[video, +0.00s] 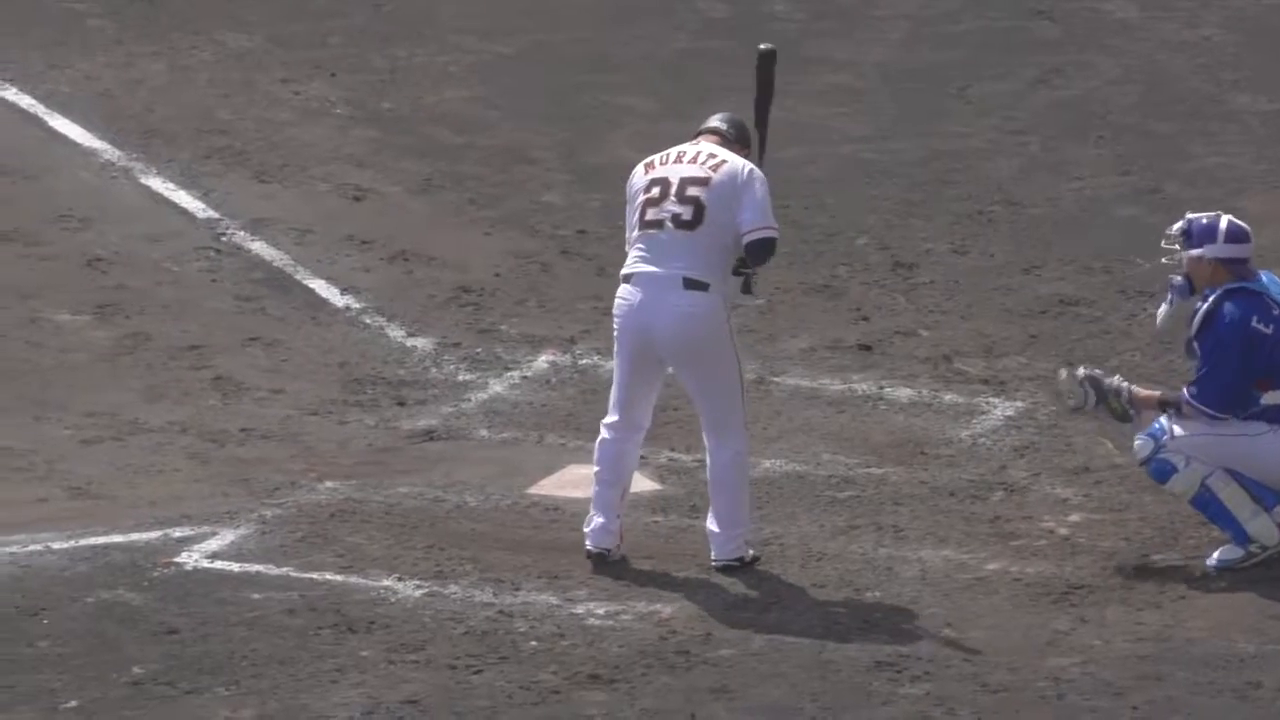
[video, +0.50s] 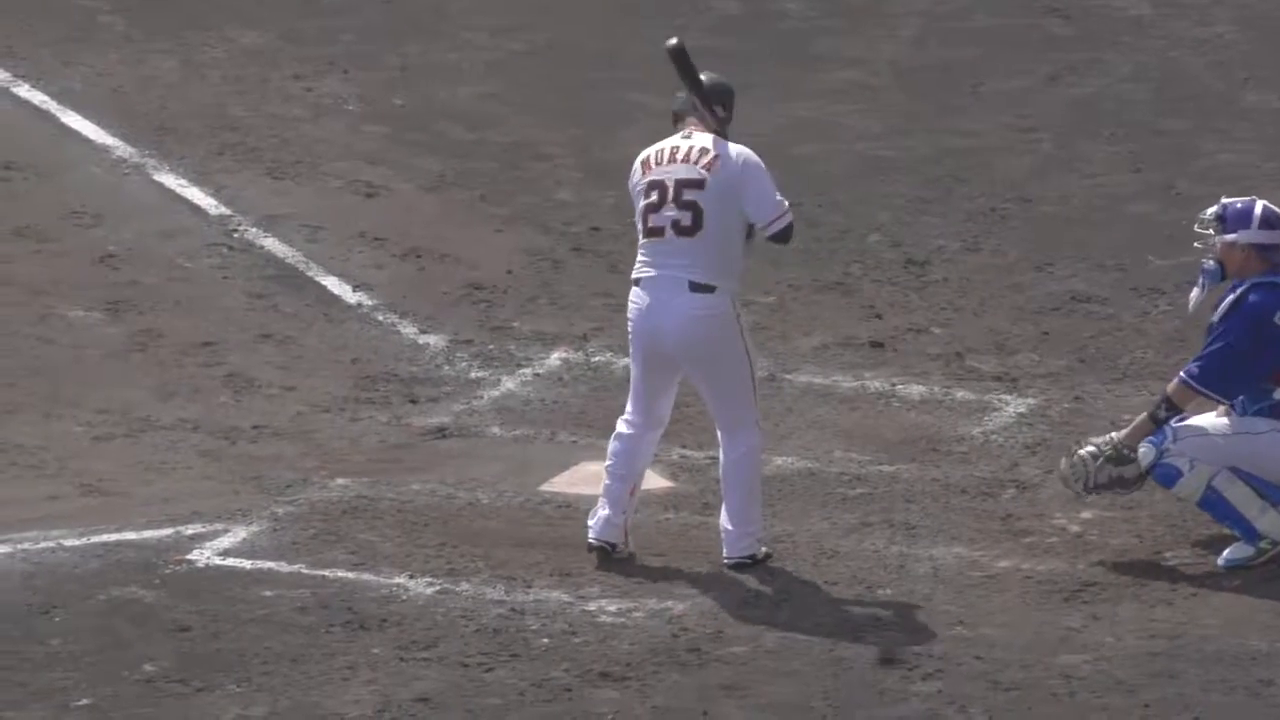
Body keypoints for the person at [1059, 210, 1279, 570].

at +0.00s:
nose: (1183, 264)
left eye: (1189, 256)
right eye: (1185, 255)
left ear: (1210, 264)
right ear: (1233, 261)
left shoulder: (1229, 316)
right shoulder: (1265, 285)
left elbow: (1210, 404)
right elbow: (1168, 329)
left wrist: (1136, 397)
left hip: (1270, 438)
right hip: (1271, 424)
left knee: (1158, 444)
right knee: (1185, 422)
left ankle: (1260, 535)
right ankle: (1270, 509)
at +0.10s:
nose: (1188, 259)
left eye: (1195, 251)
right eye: (1190, 250)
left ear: (1219, 261)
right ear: (1227, 260)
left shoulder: (1240, 312)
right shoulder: (1265, 284)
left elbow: (1209, 397)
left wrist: (1129, 397)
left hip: (1273, 439)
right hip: (1271, 426)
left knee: (1161, 446)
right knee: (1182, 425)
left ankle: (1262, 533)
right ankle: (1269, 508)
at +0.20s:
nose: (1198, 257)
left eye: (1206, 249)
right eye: (1201, 248)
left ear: (1229, 259)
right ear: (1236, 258)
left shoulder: (1250, 308)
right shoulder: (1262, 291)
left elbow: (1208, 393)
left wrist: (1127, 411)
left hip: (1272, 437)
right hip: (1270, 425)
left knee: (1162, 448)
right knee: (1187, 426)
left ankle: (1264, 534)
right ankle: (1270, 511)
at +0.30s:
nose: (1207, 255)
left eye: (1215, 247)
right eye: (1211, 246)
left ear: (1238, 257)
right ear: (1246, 256)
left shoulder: (1254, 307)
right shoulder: (1264, 293)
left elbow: (1199, 390)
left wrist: (1128, 436)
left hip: (1273, 436)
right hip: (1271, 424)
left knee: (1166, 450)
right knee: (1192, 428)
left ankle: (1267, 533)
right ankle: (1270, 512)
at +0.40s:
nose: (1213, 252)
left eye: (1220, 244)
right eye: (1216, 243)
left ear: (1243, 254)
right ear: (1249, 254)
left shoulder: (1257, 304)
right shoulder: (1264, 295)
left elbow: (1195, 384)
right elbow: (1223, 388)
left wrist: (1126, 441)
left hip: (1271, 436)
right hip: (1269, 424)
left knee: (1167, 449)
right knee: (1187, 430)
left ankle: (1266, 532)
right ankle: (1266, 512)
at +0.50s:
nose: (1215, 249)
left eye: (1222, 241)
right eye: (1218, 240)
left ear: (1246, 251)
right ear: (1250, 252)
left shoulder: (1257, 305)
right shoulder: (1262, 294)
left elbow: (1194, 384)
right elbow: (1221, 387)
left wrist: (1125, 441)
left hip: (1272, 435)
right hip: (1269, 424)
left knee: (1166, 449)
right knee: (1181, 432)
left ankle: (1266, 531)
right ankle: (1268, 512)